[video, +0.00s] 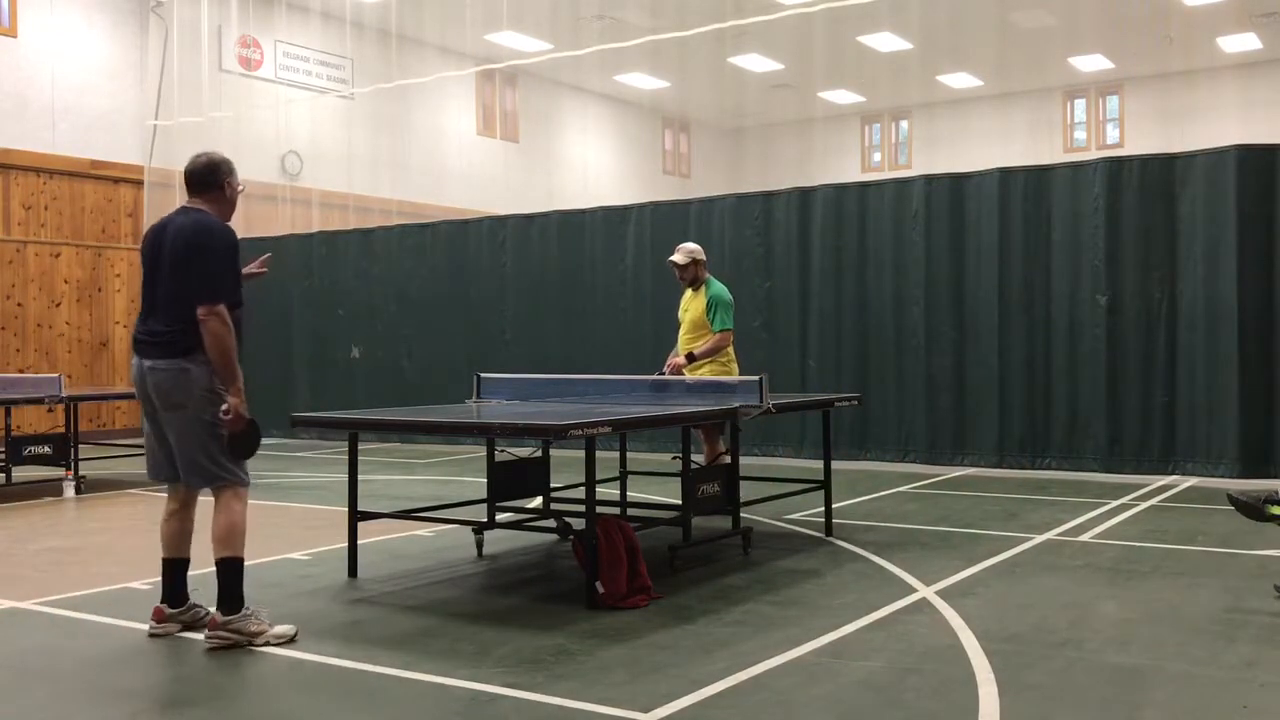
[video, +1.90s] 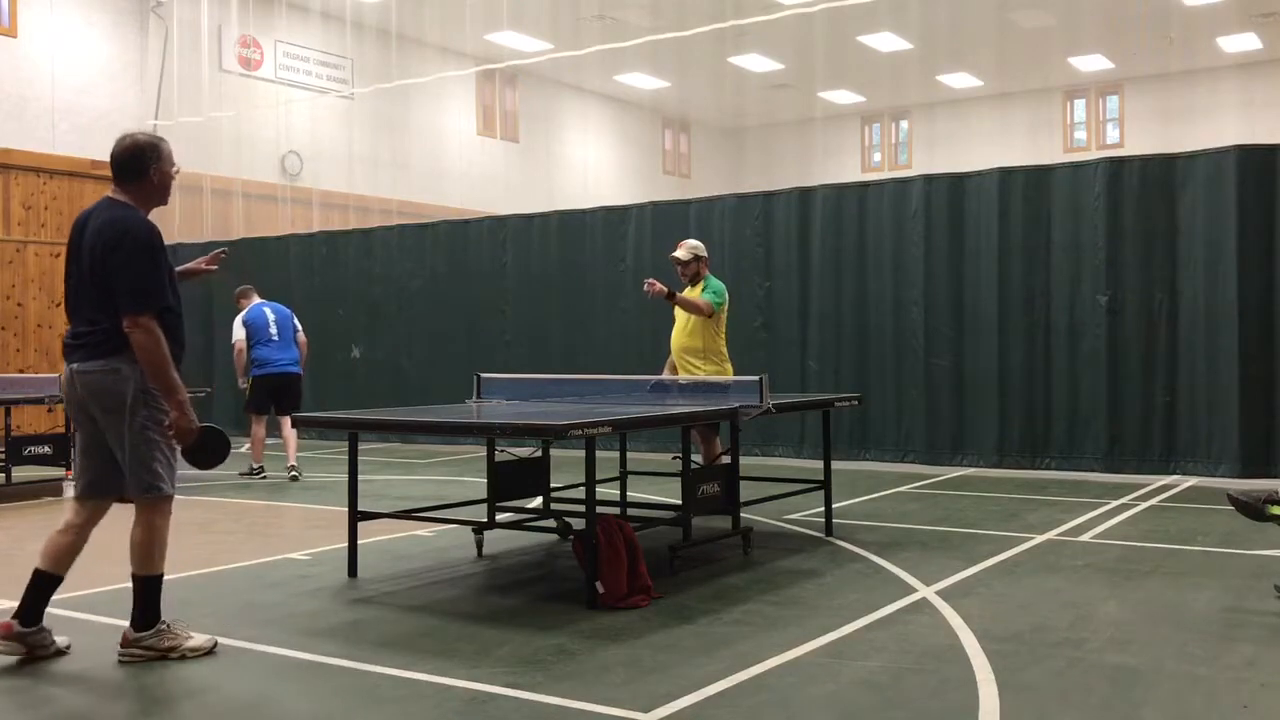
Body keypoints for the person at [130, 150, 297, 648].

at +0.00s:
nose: (238, 196)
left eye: (237, 188)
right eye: (237, 189)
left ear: (190, 187)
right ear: (226, 189)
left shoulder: (158, 232)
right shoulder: (217, 234)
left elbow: (175, 287)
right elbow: (211, 315)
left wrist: (235, 276)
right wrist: (235, 387)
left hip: (149, 369)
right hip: (189, 371)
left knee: (181, 488)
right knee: (232, 487)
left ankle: (174, 604)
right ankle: (232, 614)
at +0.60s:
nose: (227, 191)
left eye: (224, 184)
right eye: (223, 184)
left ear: (177, 186)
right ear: (210, 186)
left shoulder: (156, 225)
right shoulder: (192, 226)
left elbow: (172, 293)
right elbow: (186, 306)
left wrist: (229, 286)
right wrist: (213, 378)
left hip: (141, 363)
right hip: (165, 364)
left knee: (178, 487)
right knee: (180, 489)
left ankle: (174, 603)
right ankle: (151, 619)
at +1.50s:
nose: (217, 181)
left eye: (215, 173)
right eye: (214, 174)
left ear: (163, 174)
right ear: (199, 179)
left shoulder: (122, 216)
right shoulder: (176, 232)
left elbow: (140, 285)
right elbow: (169, 324)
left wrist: (202, 271)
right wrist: (188, 407)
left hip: (104, 369)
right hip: (144, 373)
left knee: (137, 494)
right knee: (156, 500)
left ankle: (118, 611)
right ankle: (147, 628)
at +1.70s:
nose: (200, 179)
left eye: (199, 170)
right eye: (197, 171)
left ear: (146, 172)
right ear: (178, 176)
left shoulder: (110, 217)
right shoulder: (160, 230)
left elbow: (135, 280)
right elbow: (156, 325)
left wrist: (199, 270)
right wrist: (187, 407)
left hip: (96, 369)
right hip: (137, 373)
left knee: (118, 497)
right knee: (156, 500)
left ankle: (49, 602)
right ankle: (146, 628)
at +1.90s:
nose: (175, 176)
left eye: (173, 168)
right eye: (171, 169)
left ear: (123, 174)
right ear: (153, 175)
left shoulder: (89, 221)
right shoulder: (135, 229)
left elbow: (118, 285)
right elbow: (139, 323)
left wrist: (184, 270)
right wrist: (180, 401)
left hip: (83, 373)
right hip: (126, 374)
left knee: (89, 503)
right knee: (155, 500)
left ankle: (25, 621)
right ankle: (145, 628)